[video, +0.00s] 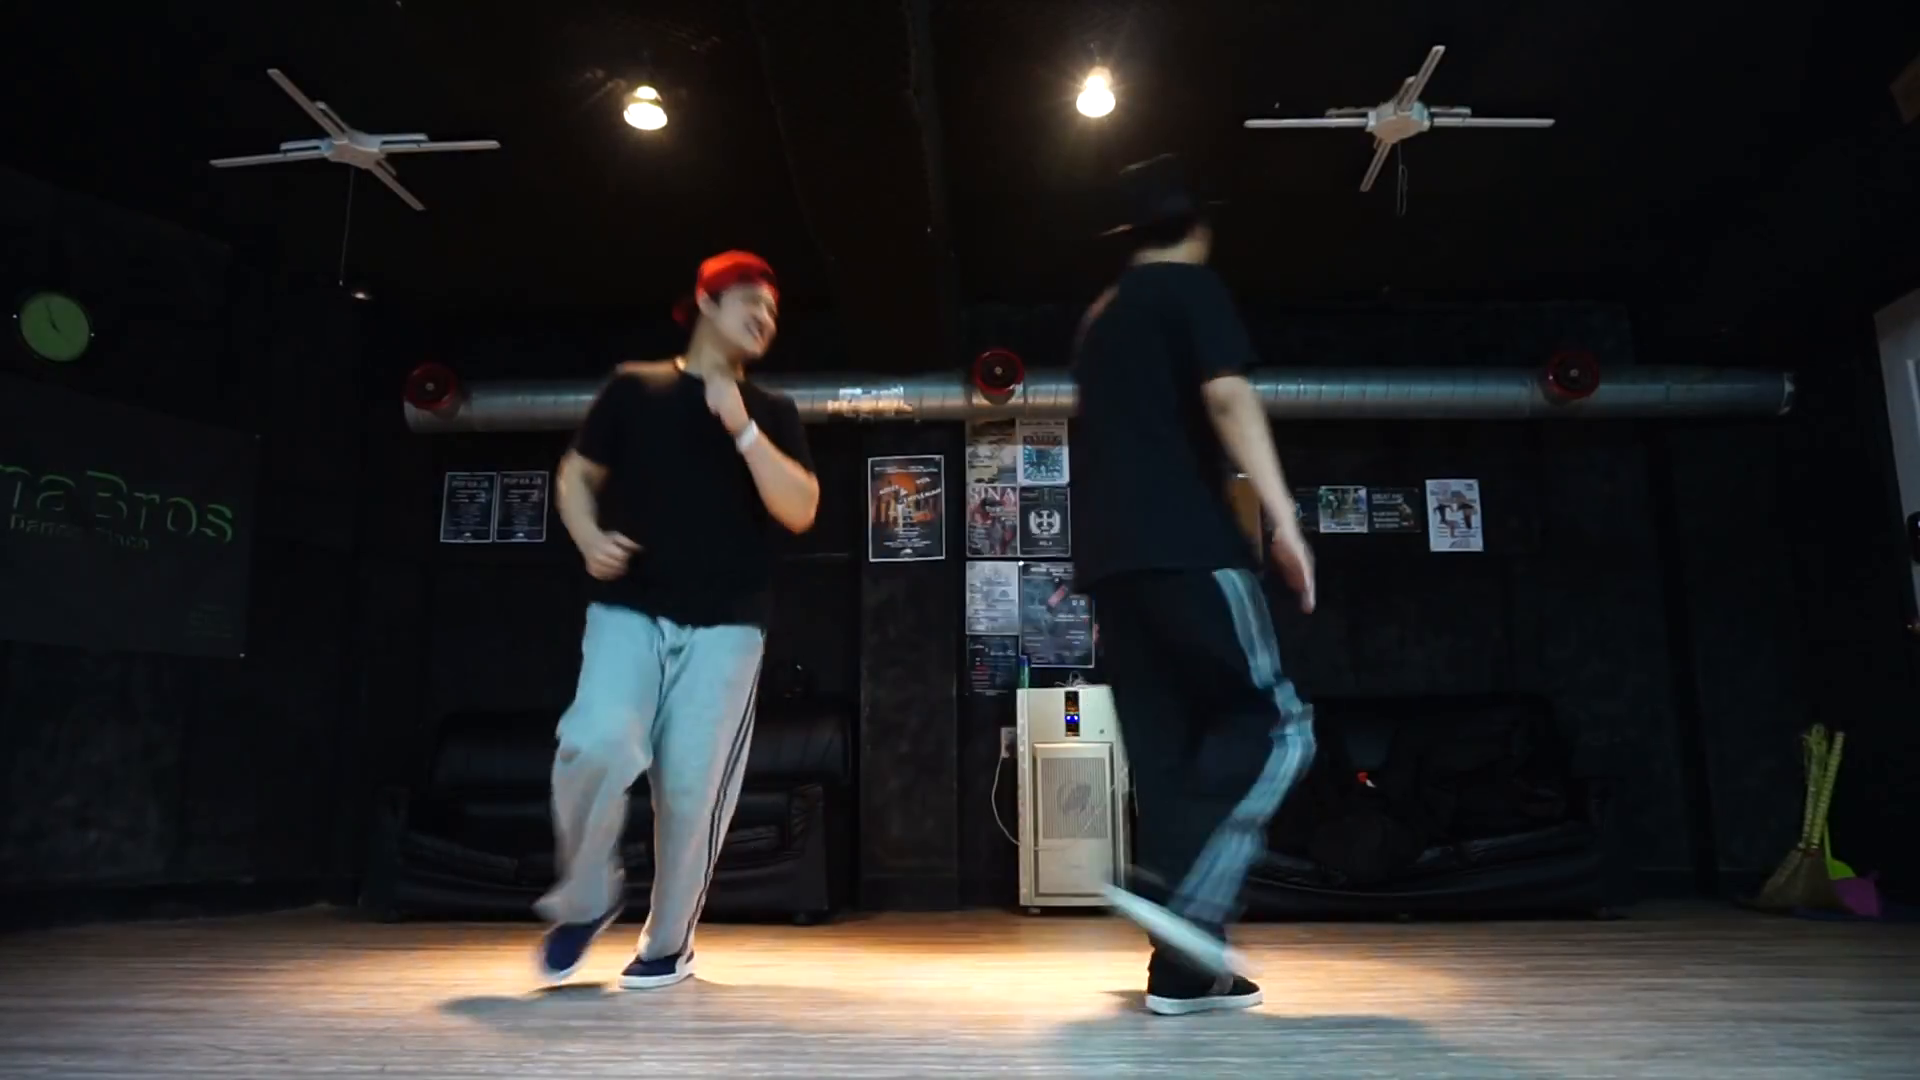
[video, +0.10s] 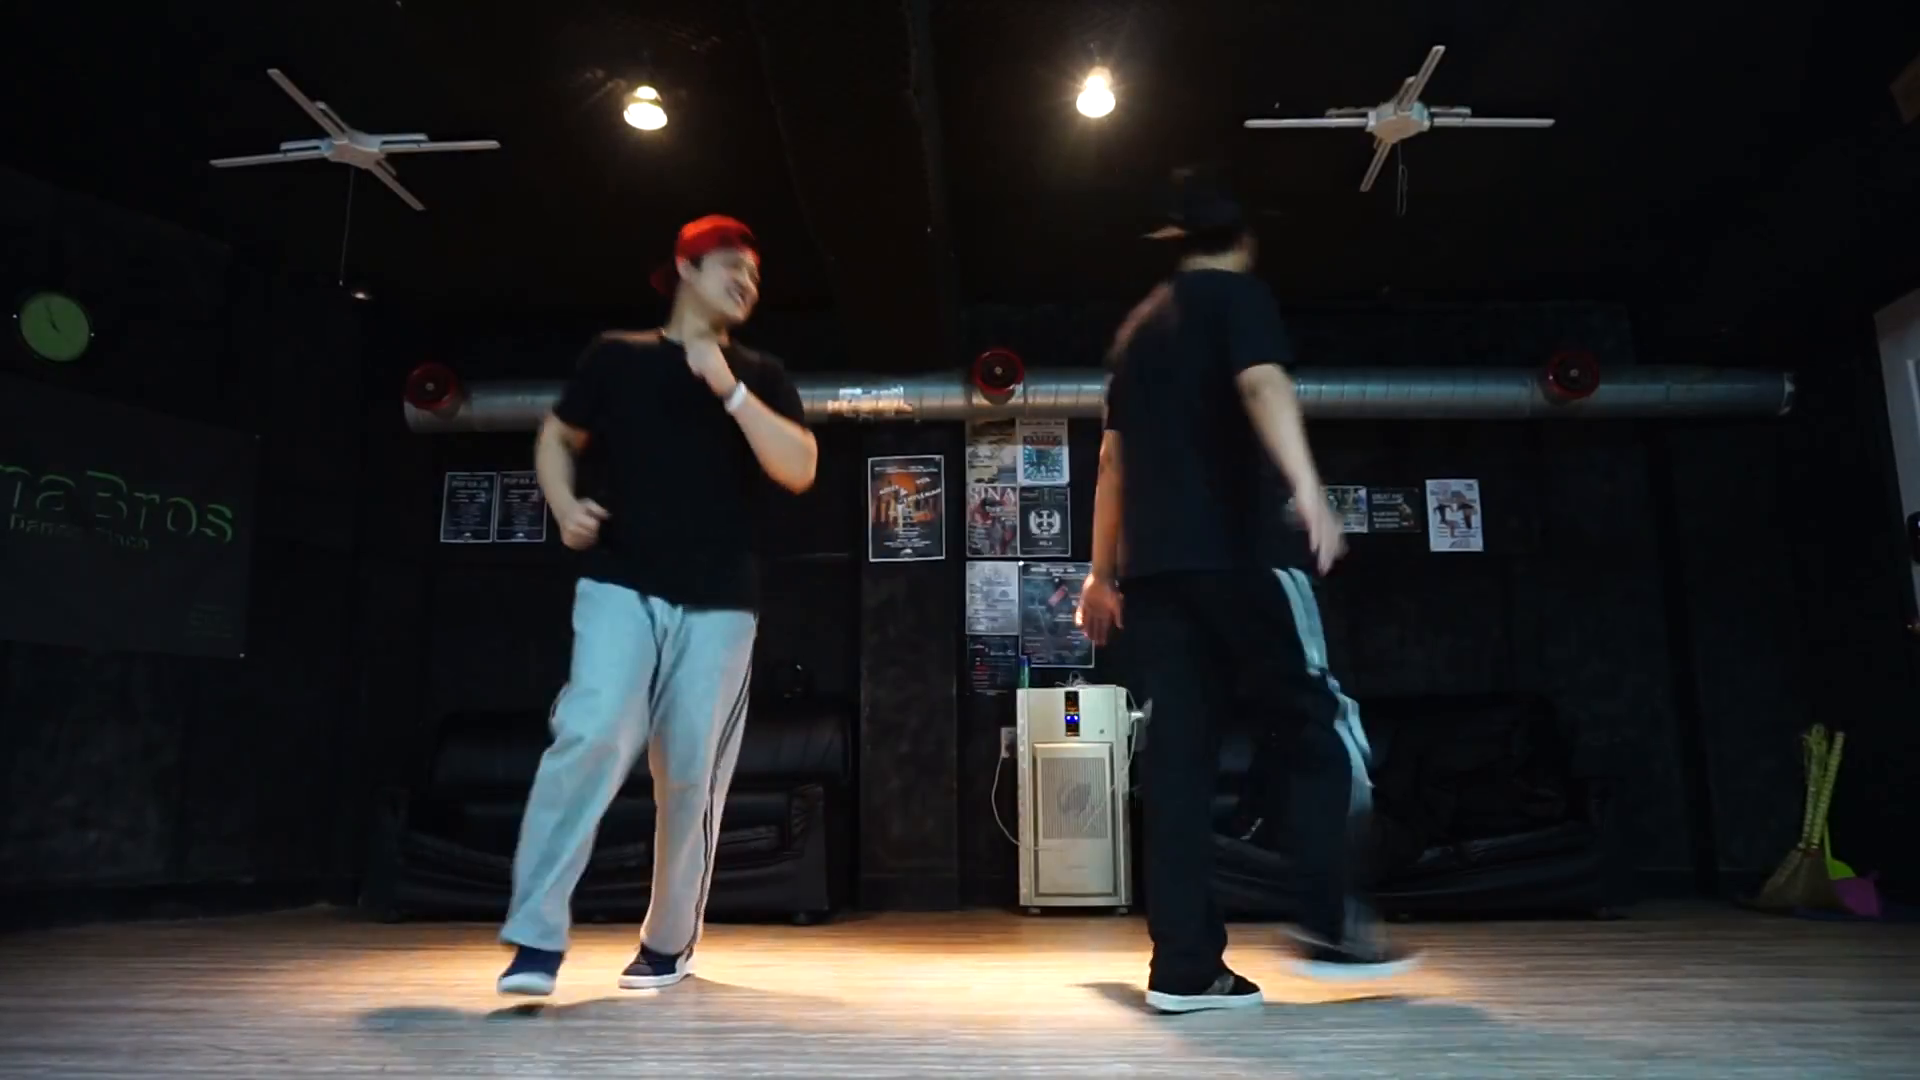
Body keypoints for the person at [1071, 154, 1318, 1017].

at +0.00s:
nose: (1208, 238)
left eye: (1199, 228)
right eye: (1206, 227)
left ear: (1133, 235)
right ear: (1196, 228)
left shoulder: (1105, 312)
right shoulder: (1192, 290)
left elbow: (1113, 443)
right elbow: (1229, 400)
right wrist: (1283, 518)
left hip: (1118, 560)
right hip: (1188, 551)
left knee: (1165, 750)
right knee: (1277, 723)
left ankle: (1183, 965)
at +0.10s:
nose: (1252, 251)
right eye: (1250, 239)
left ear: (1175, 242)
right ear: (1243, 238)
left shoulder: (1138, 326)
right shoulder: (1237, 297)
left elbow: (1114, 461)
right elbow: (1262, 385)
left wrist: (1102, 569)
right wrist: (1311, 492)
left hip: (1156, 574)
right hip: (1243, 564)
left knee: (1176, 760)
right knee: (1323, 727)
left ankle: (1184, 965)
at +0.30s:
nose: (1354, 299)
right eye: (1351, 289)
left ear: (1274, 282)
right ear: (1344, 286)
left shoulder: (1225, 363)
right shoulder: (1323, 334)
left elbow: (1158, 470)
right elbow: (1346, 387)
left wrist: (1113, 562)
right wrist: (1427, 464)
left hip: (1239, 600)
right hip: (1332, 593)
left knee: (1232, 762)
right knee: (1388, 760)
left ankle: (1190, 950)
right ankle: (1449, 934)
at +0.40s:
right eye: (1384, 296)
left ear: (1318, 295)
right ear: (1384, 295)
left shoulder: (1269, 375)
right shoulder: (1372, 348)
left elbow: (1207, 475)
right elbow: (1407, 396)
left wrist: (1152, 559)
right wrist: (1520, 458)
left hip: (1291, 595)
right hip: (1379, 588)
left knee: (1296, 745)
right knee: (1428, 753)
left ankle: (1227, 889)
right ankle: (1453, 939)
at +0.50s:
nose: (1354, 309)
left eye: (1347, 297)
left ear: (1339, 301)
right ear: (1408, 298)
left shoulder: (1300, 379)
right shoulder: (1417, 353)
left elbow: (1249, 488)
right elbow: (1494, 401)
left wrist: (1205, 569)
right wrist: (1617, 443)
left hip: (1327, 598)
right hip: (1416, 590)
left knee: (1349, 749)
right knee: (1451, 753)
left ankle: (1296, 853)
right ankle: (1452, 936)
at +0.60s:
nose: (1347, 309)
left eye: (1348, 299)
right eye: (1355, 299)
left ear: (1355, 301)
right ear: (1420, 294)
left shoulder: (1322, 374)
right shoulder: (1450, 350)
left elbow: (1296, 485)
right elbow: (1545, 406)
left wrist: (1279, 563)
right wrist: (1660, 438)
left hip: (1358, 591)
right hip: (1442, 583)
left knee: (1391, 740)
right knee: (1462, 751)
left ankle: (1374, 876)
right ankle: (1455, 937)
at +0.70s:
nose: (1362, 319)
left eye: (1360, 311)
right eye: (1369, 310)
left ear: (1368, 309)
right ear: (1429, 298)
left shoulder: (1344, 382)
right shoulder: (1475, 353)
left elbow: (1345, 495)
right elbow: (1563, 435)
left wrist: (1362, 561)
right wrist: (1628, 452)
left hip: (1389, 591)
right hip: (1467, 583)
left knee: (1427, 747)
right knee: (1472, 749)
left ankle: (1452, 918)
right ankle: (1453, 935)